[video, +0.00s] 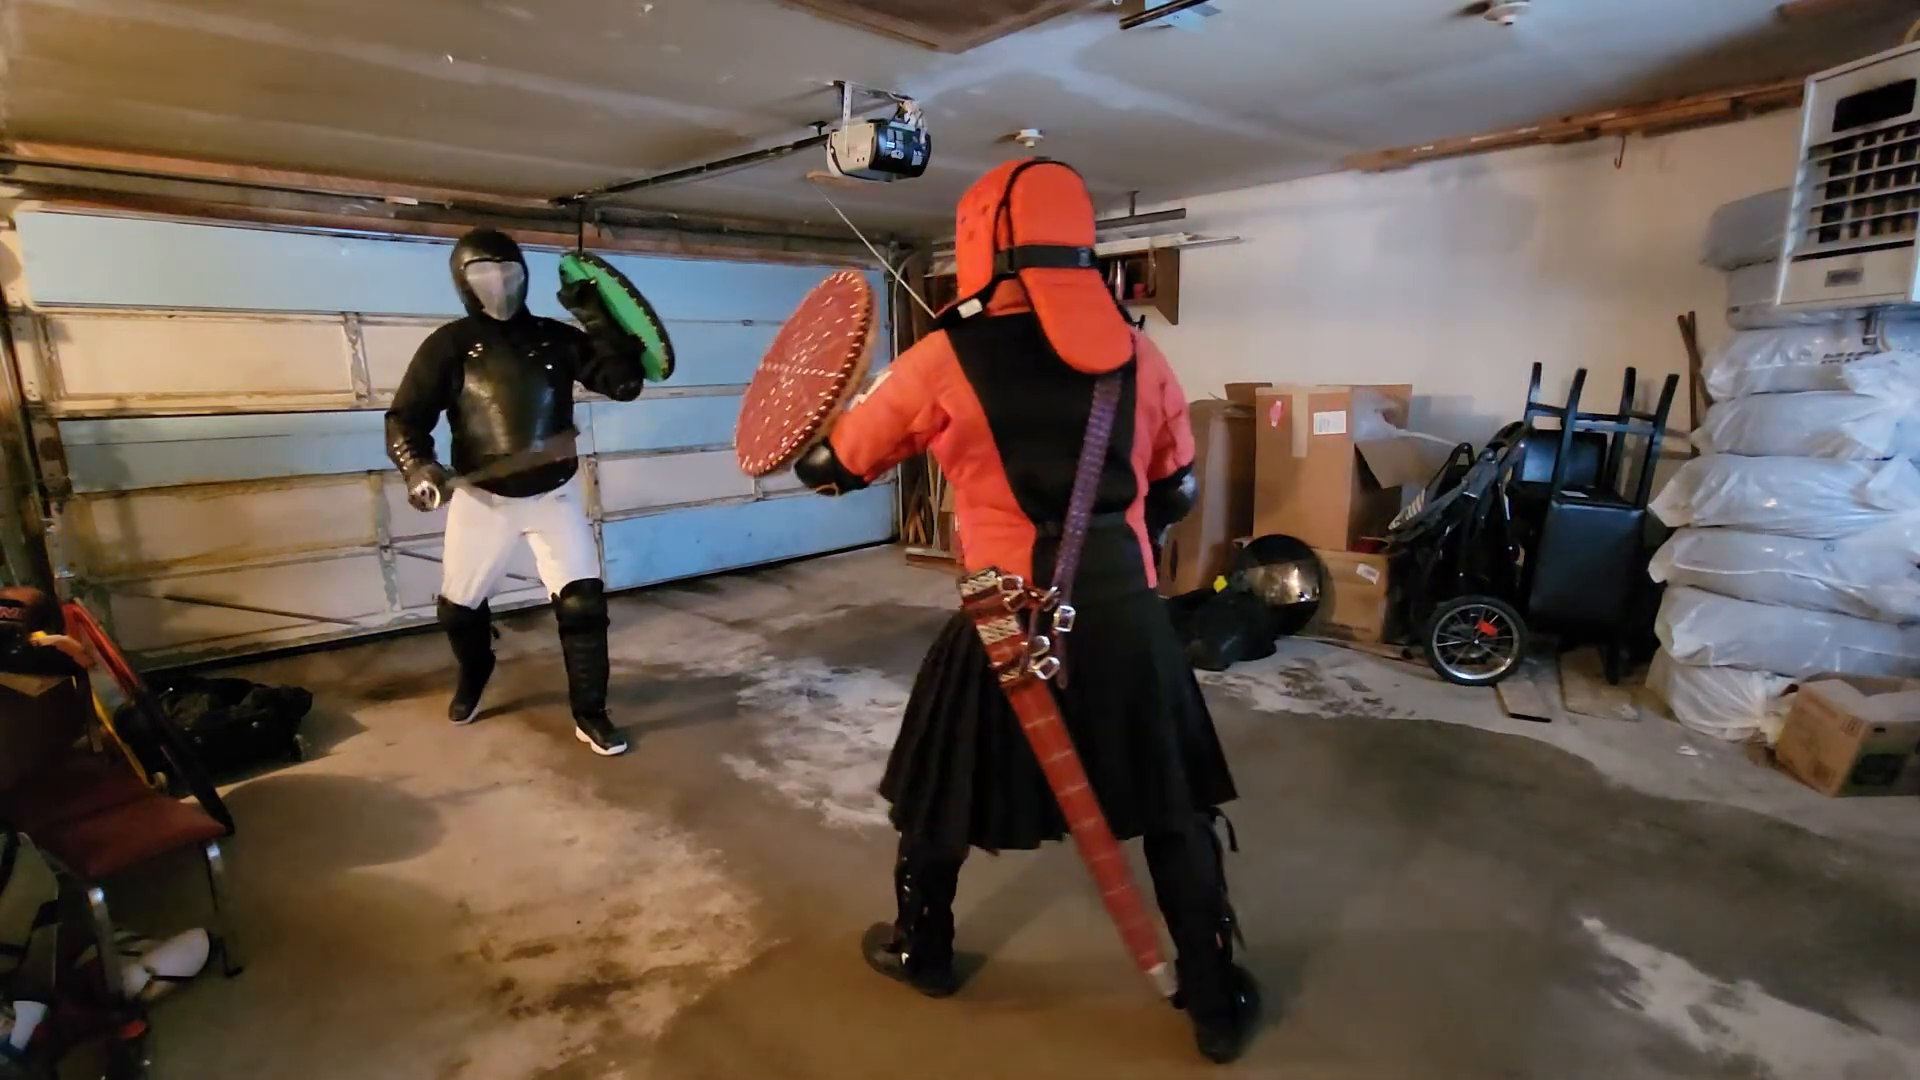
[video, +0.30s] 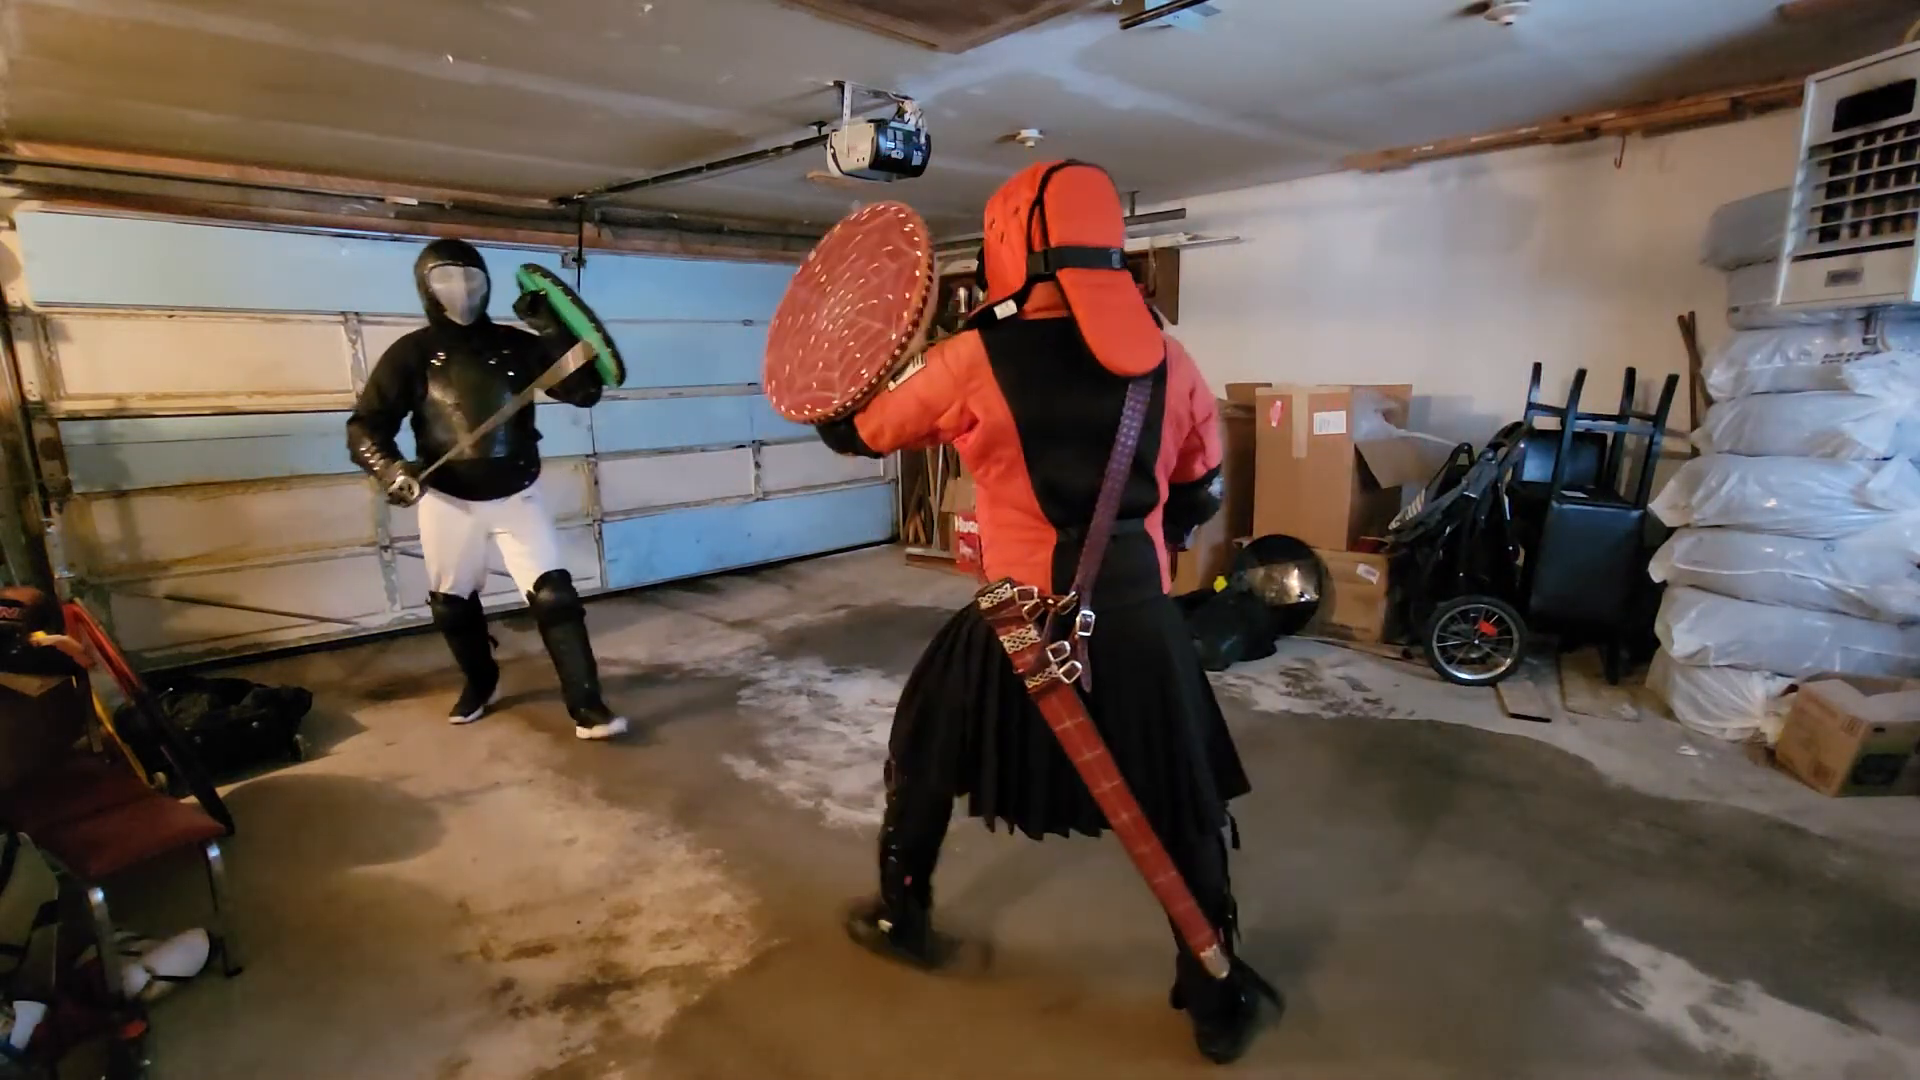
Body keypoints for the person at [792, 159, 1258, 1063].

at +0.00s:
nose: (958, 260)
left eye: (965, 244)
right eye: (961, 245)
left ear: (986, 247)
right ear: (1079, 245)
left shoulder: (945, 358)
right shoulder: (1137, 355)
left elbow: (845, 460)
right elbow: (1174, 493)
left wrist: (811, 447)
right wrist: (1107, 540)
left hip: (1002, 624)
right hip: (1127, 618)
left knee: (940, 773)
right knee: (1171, 802)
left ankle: (925, 942)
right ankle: (1216, 999)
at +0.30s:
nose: (987, 263)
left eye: (993, 248)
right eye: (990, 248)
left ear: (1017, 254)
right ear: (1105, 248)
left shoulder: (975, 360)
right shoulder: (1169, 363)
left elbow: (864, 430)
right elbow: (1194, 501)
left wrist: (833, 397)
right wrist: (1124, 543)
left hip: (1014, 626)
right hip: (1141, 625)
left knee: (927, 741)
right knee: (1182, 800)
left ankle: (902, 911)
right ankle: (1216, 994)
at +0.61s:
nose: (912, 278)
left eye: (919, 264)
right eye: (921, 264)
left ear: (938, 270)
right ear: (1031, 270)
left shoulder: (903, 367)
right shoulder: (1073, 376)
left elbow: (807, 441)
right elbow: (1096, 473)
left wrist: (779, 417)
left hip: (944, 620)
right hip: (1060, 619)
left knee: (881, 734)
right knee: (1127, 791)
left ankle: (864, 894)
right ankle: (1200, 984)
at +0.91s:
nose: (888, 277)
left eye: (894, 263)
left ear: (908, 267)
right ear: (993, 266)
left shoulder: (872, 365)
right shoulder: (1045, 367)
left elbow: (787, 460)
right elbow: (1067, 469)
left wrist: (757, 449)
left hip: (924, 601)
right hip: (1037, 597)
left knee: (871, 742)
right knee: (1085, 764)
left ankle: (865, 894)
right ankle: (1124, 953)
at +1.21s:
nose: (943, 273)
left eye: (949, 260)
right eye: (950, 260)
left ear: (970, 267)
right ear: (1062, 264)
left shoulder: (934, 366)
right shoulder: (1107, 377)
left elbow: (833, 433)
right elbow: (1124, 489)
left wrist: (809, 391)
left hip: (967, 614)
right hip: (1080, 612)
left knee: (897, 746)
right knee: (1112, 774)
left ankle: (871, 893)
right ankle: (1131, 961)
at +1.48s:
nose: (970, 263)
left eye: (976, 249)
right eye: (976, 250)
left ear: (994, 256)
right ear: (1087, 254)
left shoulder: (959, 354)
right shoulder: (1132, 365)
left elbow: (854, 413)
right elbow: (1146, 488)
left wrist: (825, 377)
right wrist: (1129, 566)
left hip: (985, 599)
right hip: (1097, 601)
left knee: (918, 725)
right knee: (1119, 770)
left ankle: (873, 867)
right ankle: (1134, 961)